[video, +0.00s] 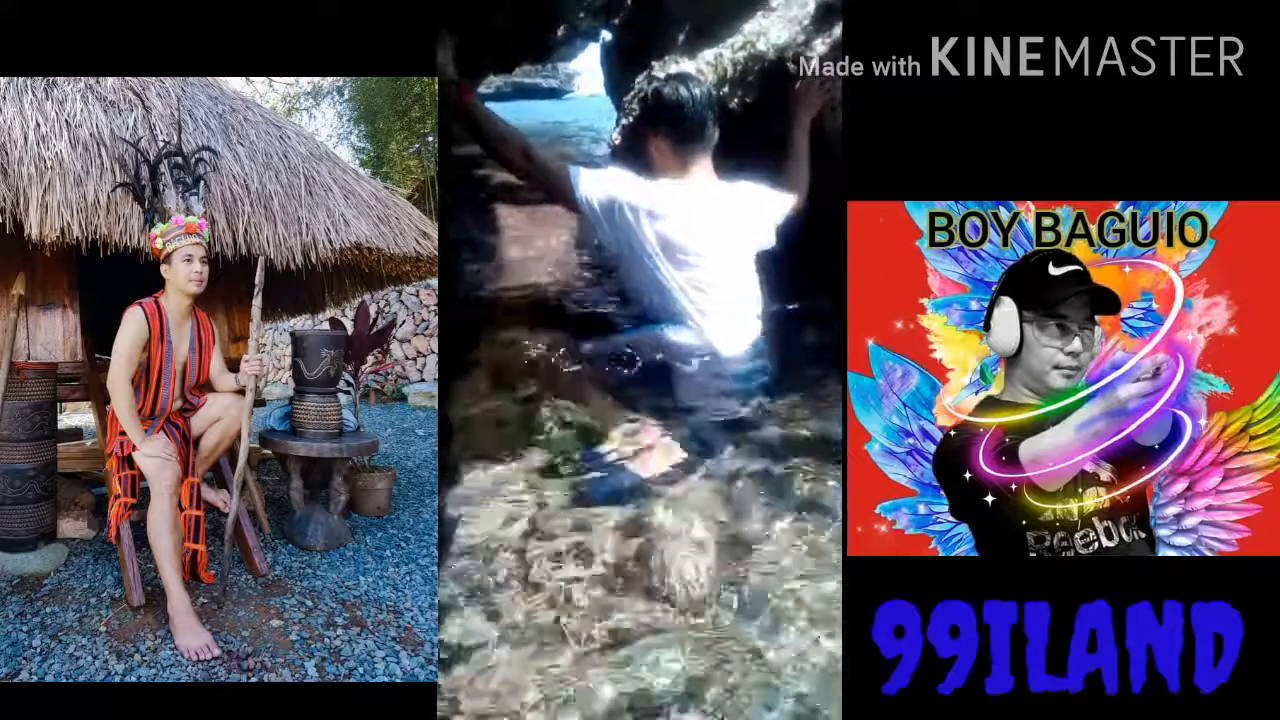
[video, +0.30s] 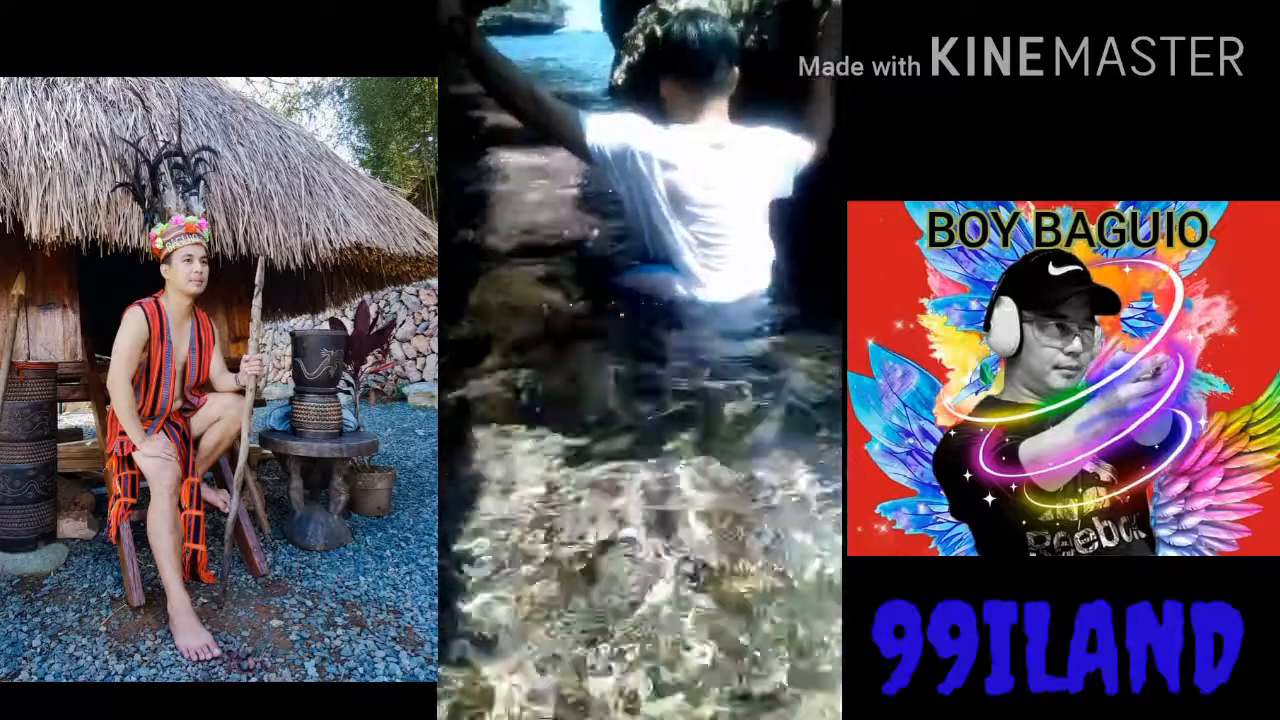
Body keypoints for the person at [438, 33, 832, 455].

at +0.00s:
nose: (633, 147)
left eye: (635, 135)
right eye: (632, 134)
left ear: (655, 145)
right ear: (711, 137)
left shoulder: (625, 196)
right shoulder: (745, 201)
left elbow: (524, 161)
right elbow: (796, 192)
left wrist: (464, 97)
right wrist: (802, 119)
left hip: (686, 359)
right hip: (751, 357)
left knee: (563, 365)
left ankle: (643, 443)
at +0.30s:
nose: (657, 91)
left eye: (658, 81)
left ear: (664, 86)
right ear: (734, 81)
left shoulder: (638, 142)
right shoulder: (765, 148)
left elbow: (539, 111)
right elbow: (817, 141)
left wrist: (467, 39)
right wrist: (829, 51)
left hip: (688, 320)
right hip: (755, 315)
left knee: (599, 272)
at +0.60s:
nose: (652, 37)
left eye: (652, 28)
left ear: (655, 35)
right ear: (722, 35)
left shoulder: (615, 98)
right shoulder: (750, 101)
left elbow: (505, 57)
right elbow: (802, 88)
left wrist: (454, 2)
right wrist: (812, 11)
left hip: (665, 272)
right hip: (742, 265)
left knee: (574, 230)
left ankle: (627, 323)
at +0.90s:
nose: (634, 102)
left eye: (638, 89)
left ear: (654, 97)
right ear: (722, 98)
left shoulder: (621, 166)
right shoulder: (743, 165)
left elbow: (520, 127)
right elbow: (767, 130)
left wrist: (464, 56)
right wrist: (752, 60)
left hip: (661, 324)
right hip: (736, 312)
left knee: (594, 287)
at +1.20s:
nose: (581, 132)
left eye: (591, 122)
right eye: (585, 121)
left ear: (627, 135)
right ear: (632, 136)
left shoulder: (580, 193)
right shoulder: (664, 188)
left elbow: (490, 165)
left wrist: (440, 93)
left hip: (620, 343)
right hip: (673, 331)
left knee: (547, 318)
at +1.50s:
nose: (599, 154)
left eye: (617, 145)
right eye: (595, 142)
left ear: (647, 161)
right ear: (586, 146)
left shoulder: (593, 205)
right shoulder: (650, 206)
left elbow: (520, 175)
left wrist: (454, 96)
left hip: (635, 341)